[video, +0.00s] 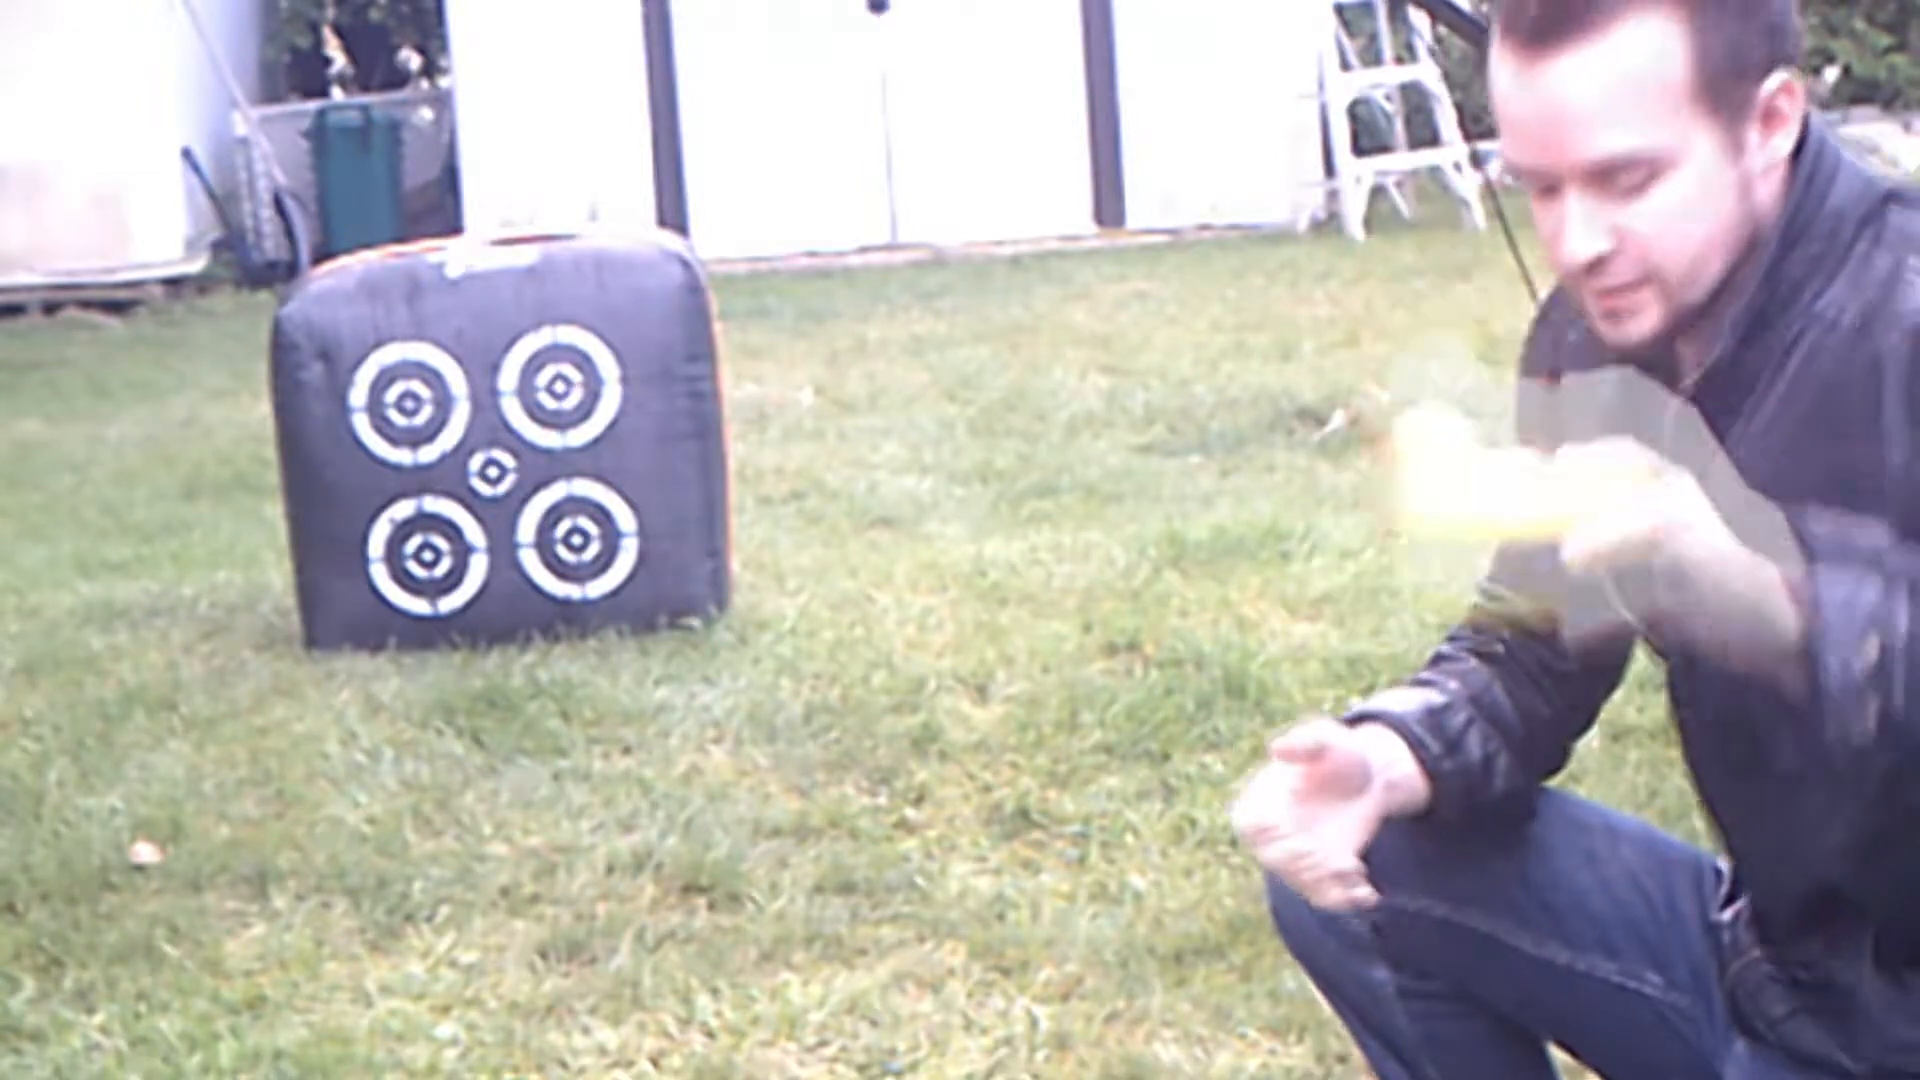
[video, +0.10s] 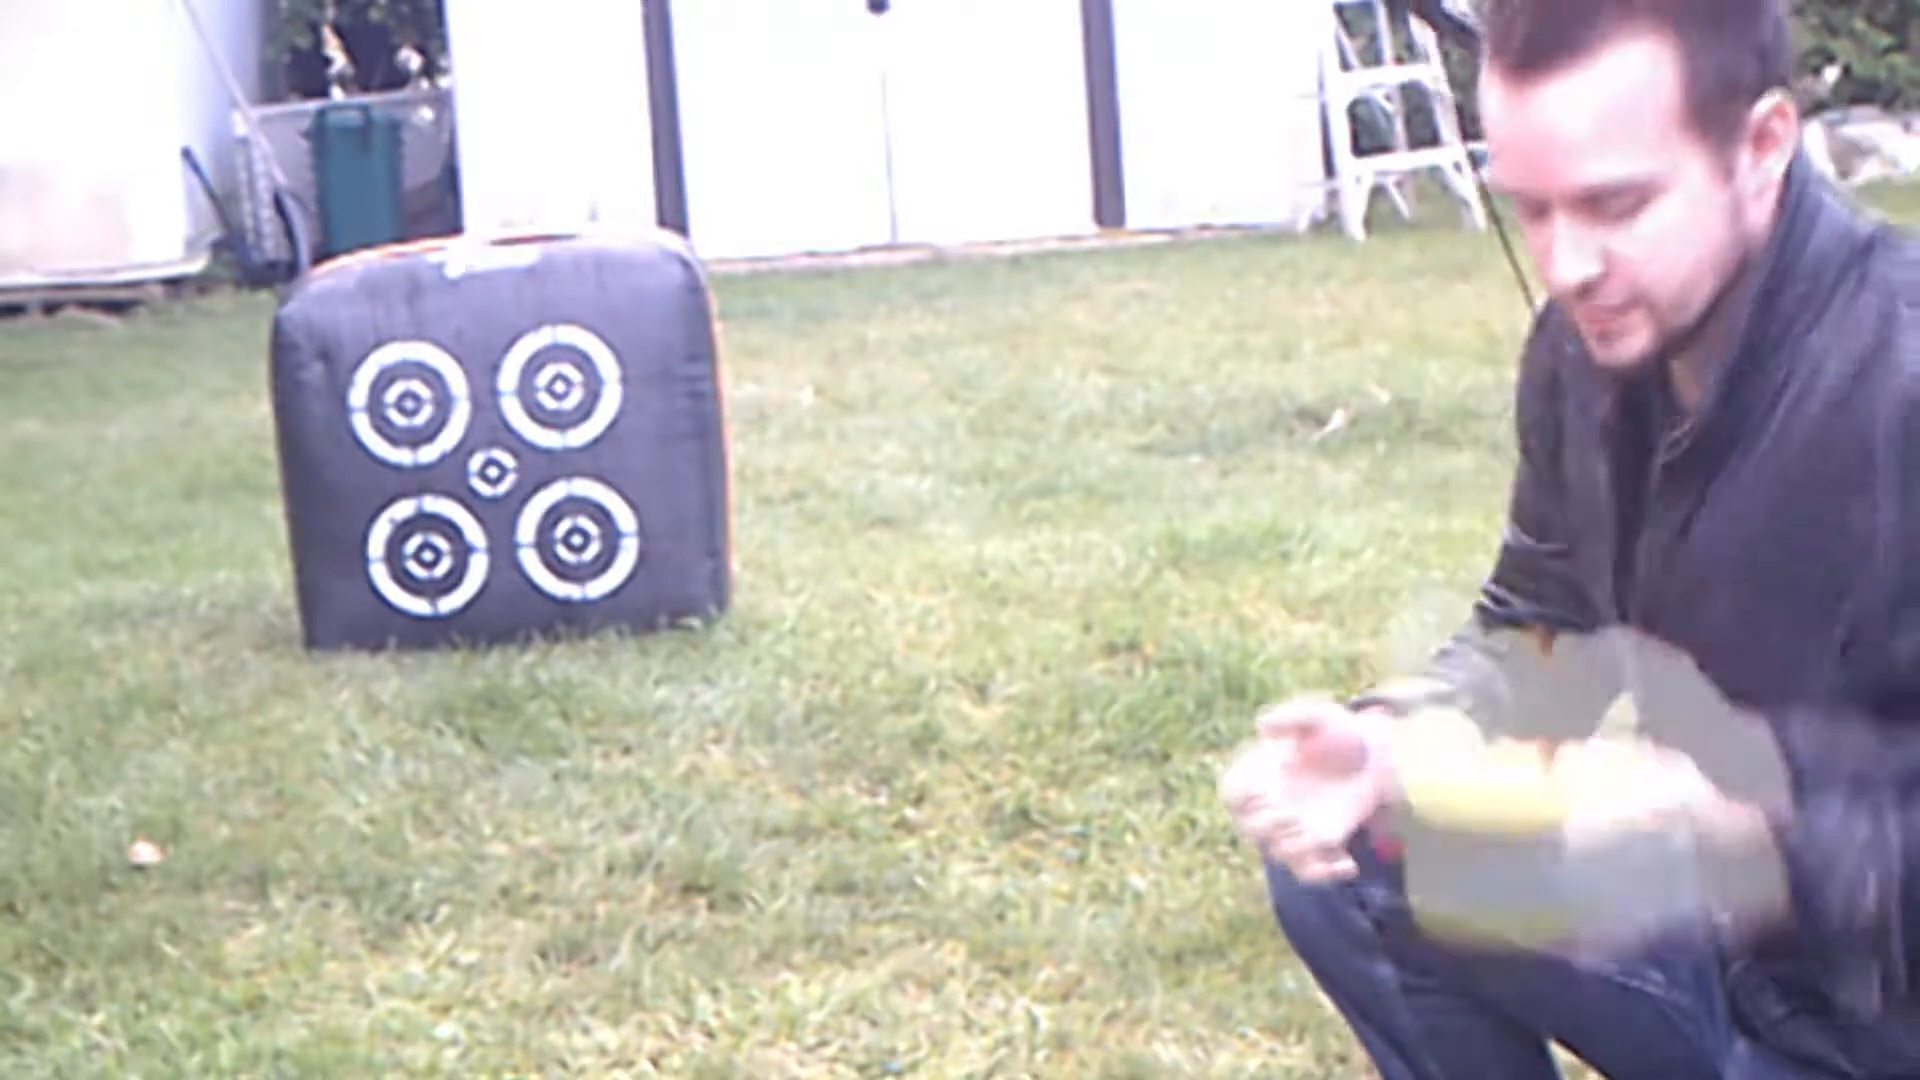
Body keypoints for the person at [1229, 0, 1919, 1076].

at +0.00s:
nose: (1576, 245)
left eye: (1627, 180)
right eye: (1536, 189)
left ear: (1772, 127)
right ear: (1508, 160)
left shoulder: (1901, 319)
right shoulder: (1583, 338)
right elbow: (1537, 643)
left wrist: (1740, 598)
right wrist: (1395, 752)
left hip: (1887, 1040)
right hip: (1757, 943)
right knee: (1350, 864)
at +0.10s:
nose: (1568, 269)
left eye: (1618, 204)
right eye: (1530, 210)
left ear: (1765, 148)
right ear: (1500, 182)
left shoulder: (1895, 371)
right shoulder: (1575, 350)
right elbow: (1536, 623)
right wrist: (1388, 747)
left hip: (1866, 1031)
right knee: (1338, 869)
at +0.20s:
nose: (1556, 304)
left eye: (1605, 243)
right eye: (1518, 247)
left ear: (1755, 182)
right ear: (1490, 207)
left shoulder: (1894, 422)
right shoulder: (1574, 363)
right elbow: (1539, 644)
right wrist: (1396, 740)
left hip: (1884, 966)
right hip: (1706, 905)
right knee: (1344, 850)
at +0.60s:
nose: (1453, 419)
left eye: (1493, 360)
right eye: (1416, 367)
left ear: (1642, 276)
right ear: (1387, 314)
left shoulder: (1871, 549)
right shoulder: (1586, 408)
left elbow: (1896, 995)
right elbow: (1521, 658)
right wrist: (1383, 742)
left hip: (1842, 1021)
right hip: (1694, 923)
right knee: (1355, 849)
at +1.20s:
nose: (1511, 306)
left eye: (1564, 241)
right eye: (1485, 249)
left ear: (1718, 190)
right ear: (1460, 213)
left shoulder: (1886, 468)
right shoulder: (1592, 365)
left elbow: (1853, 987)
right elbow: (1539, 639)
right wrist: (1370, 752)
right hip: (1690, 905)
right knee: (1358, 852)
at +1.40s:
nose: (1620, 213)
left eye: (1676, 144)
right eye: (1574, 156)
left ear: (1809, 123)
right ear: (1540, 149)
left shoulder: (1900, 387)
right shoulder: (1593, 342)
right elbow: (1542, 642)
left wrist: (1689, 1038)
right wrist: (1377, 758)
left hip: (1877, 973)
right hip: (1706, 900)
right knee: (1344, 843)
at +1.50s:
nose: (1658, 188)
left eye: (1715, 119)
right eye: (1611, 130)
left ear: (1838, 108)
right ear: (1573, 135)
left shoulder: (1901, 368)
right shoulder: (1607, 335)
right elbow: (1542, 630)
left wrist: (1732, 878)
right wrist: (1373, 760)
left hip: (1886, 1028)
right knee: (1391, 909)